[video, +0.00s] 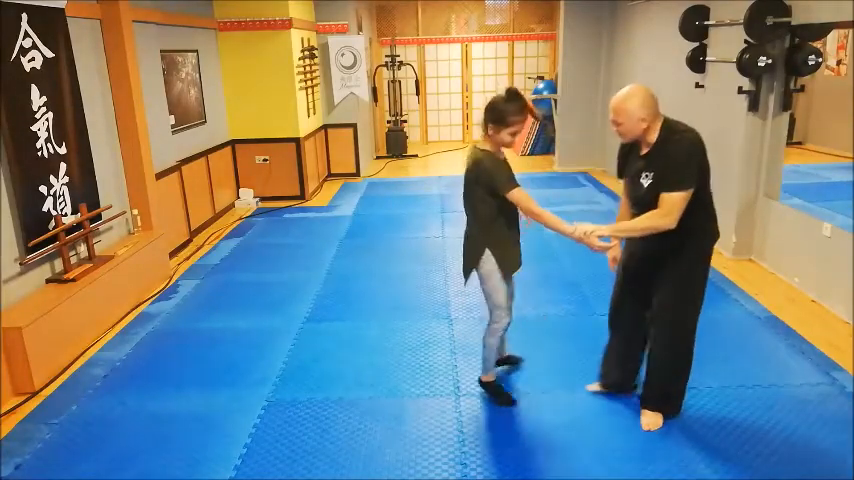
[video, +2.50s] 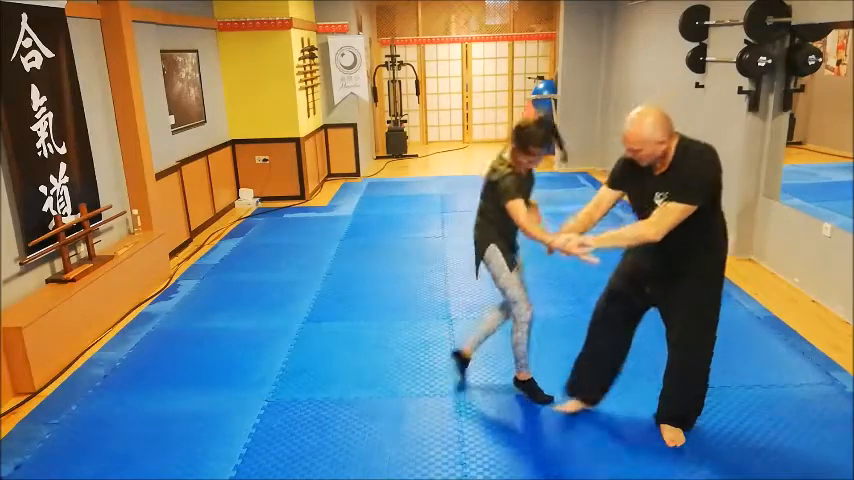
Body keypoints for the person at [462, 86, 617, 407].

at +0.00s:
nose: (516, 139)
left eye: (519, 132)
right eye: (512, 133)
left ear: (516, 124)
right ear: (491, 128)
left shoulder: (492, 153)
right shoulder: (489, 164)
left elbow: (495, 197)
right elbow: (533, 211)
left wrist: (519, 212)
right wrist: (578, 234)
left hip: (498, 242)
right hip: (486, 246)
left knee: (505, 304)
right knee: (499, 315)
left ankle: (498, 355)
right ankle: (486, 378)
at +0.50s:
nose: (496, 124)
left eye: (495, 117)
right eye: (492, 118)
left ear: (468, 120)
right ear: (475, 121)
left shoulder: (436, 155)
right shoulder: (487, 161)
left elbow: (420, 203)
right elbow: (526, 210)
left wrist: (449, 204)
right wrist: (571, 232)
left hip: (448, 252)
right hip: (484, 252)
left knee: (447, 319)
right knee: (501, 315)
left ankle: (442, 390)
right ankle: (496, 387)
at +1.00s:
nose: (494, 122)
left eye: (492, 116)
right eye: (489, 116)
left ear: (464, 121)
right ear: (475, 121)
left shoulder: (438, 159)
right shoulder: (489, 164)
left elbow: (411, 198)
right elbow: (527, 211)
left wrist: (443, 210)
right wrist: (575, 223)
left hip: (447, 255)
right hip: (485, 256)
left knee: (449, 320)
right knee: (504, 323)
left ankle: (442, 391)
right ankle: (519, 391)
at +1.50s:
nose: (512, 124)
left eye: (512, 118)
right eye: (510, 118)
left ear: (481, 120)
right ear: (499, 120)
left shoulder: (458, 159)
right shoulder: (508, 163)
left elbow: (449, 205)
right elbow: (538, 208)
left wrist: (481, 200)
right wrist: (573, 211)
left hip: (468, 254)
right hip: (502, 255)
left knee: (466, 317)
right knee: (510, 327)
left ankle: (452, 383)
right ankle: (521, 393)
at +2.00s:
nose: (504, 137)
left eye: (506, 131)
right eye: (503, 130)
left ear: (479, 124)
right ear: (488, 124)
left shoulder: (446, 156)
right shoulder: (490, 163)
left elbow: (427, 197)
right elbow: (541, 189)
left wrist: (458, 202)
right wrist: (579, 189)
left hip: (448, 250)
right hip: (478, 251)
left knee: (455, 315)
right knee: (504, 315)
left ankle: (450, 384)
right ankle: (517, 383)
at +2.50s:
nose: (531, 163)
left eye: (537, 158)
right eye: (527, 156)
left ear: (543, 153)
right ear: (514, 148)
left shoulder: (524, 170)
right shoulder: (504, 175)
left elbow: (528, 202)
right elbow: (522, 221)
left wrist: (534, 219)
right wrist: (556, 243)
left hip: (508, 239)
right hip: (490, 240)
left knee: (509, 306)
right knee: (523, 310)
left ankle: (465, 352)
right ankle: (522, 376)